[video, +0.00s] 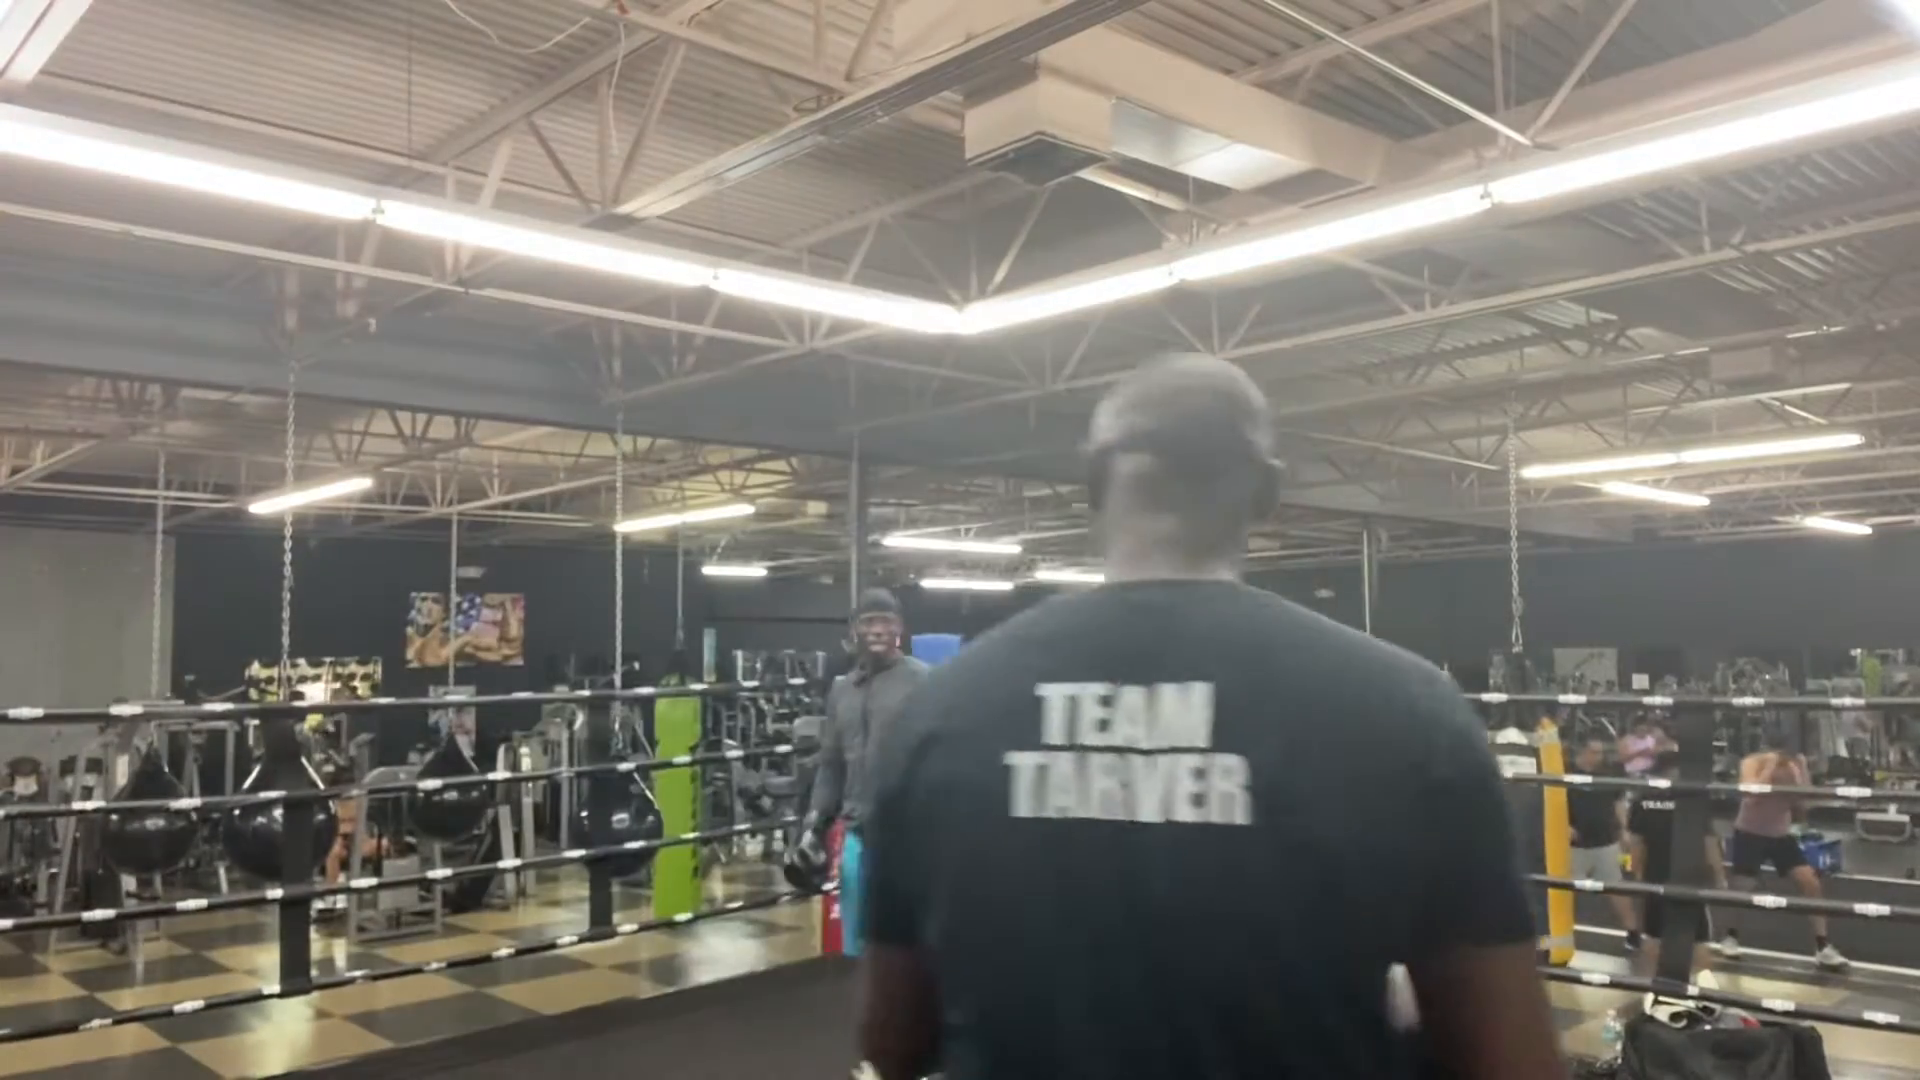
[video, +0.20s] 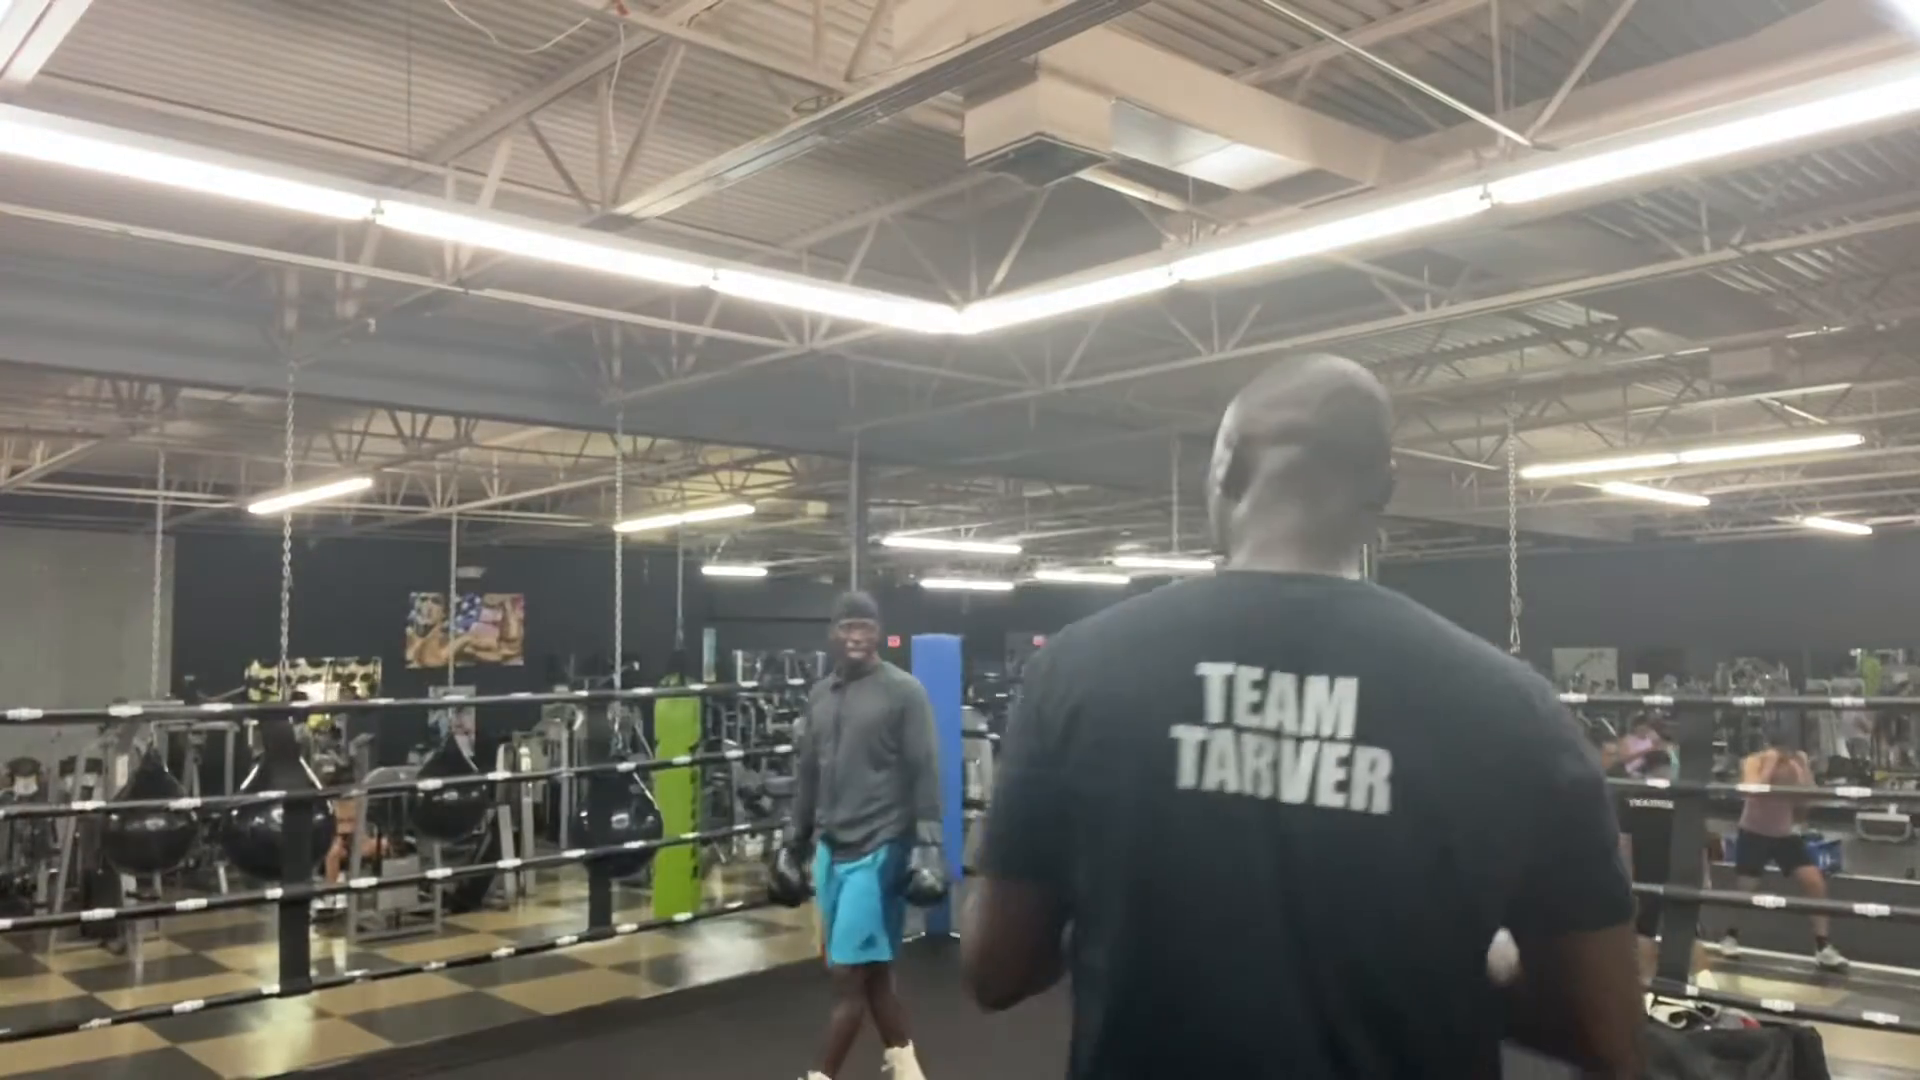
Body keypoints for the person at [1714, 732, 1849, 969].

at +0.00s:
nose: (1783, 751)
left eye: (1788, 746)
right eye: (1778, 746)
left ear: (1793, 746)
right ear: (1769, 744)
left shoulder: (1797, 764)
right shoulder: (1752, 763)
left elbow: (1804, 803)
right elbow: (1750, 792)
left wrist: (1792, 779)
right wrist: (1770, 768)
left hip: (1781, 837)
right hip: (1749, 835)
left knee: (1811, 883)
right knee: (1741, 889)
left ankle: (1822, 946)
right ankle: (1730, 935)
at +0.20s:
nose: (1784, 750)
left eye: (1790, 745)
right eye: (1780, 746)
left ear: (1795, 744)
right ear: (1770, 742)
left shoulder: (1799, 761)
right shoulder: (1754, 762)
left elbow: (1809, 796)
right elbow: (1753, 790)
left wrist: (1798, 772)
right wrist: (1771, 764)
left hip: (1785, 836)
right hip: (1753, 834)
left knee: (1815, 884)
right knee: (1744, 889)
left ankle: (1822, 946)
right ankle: (1731, 934)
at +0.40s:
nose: (1798, 747)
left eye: (1802, 744)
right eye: (1794, 742)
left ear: (1808, 743)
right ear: (1783, 741)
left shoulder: (1810, 760)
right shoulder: (1766, 758)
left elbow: (1823, 789)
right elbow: (1766, 784)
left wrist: (1814, 760)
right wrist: (1785, 756)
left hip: (1795, 836)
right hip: (1762, 834)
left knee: (1820, 885)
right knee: (1752, 888)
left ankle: (1824, 946)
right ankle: (1734, 934)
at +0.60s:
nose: (1813, 754)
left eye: (1818, 750)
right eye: (1811, 749)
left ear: (1821, 750)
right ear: (1799, 744)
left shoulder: (1818, 763)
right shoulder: (1775, 756)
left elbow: (1828, 790)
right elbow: (1770, 782)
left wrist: (1825, 764)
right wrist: (1795, 762)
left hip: (1795, 832)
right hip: (1763, 828)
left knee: (1818, 884)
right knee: (1752, 881)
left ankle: (1824, 947)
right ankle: (1732, 930)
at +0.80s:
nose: (1804, 751)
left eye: (1810, 747)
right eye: (1801, 747)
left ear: (1815, 746)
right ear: (1791, 742)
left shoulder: (1818, 757)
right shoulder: (1770, 754)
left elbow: (1825, 791)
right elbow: (1762, 782)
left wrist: (1812, 770)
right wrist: (1789, 761)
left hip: (1793, 833)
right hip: (1758, 829)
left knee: (1816, 886)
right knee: (1744, 886)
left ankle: (1824, 948)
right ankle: (1720, 939)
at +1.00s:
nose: (1786, 749)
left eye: (1791, 745)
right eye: (1782, 744)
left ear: (1796, 743)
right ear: (1772, 741)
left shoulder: (1799, 761)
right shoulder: (1750, 760)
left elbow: (1806, 794)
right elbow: (1747, 788)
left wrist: (1795, 770)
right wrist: (1770, 762)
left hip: (1779, 839)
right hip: (1746, 837)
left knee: (1808, 888)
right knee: (1735, 891)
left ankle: (1823, 948)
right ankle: (1716, 944)